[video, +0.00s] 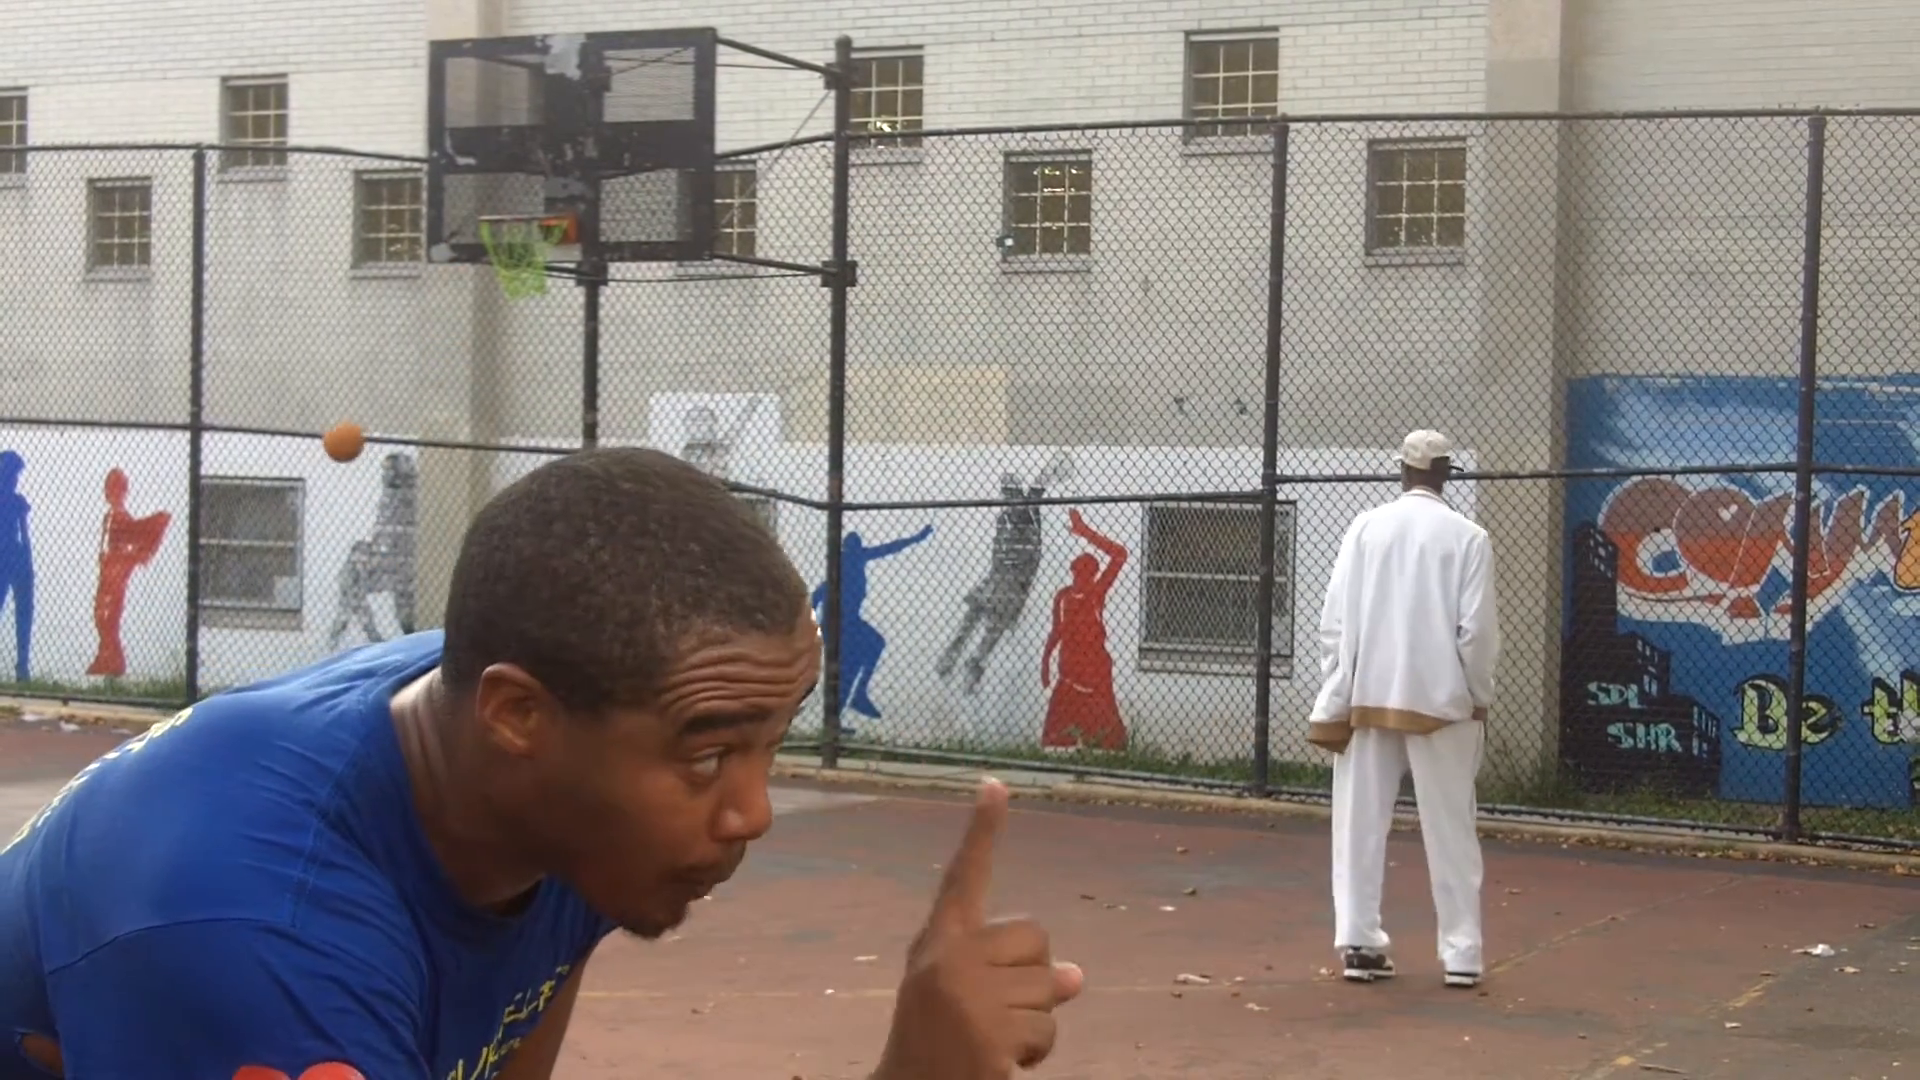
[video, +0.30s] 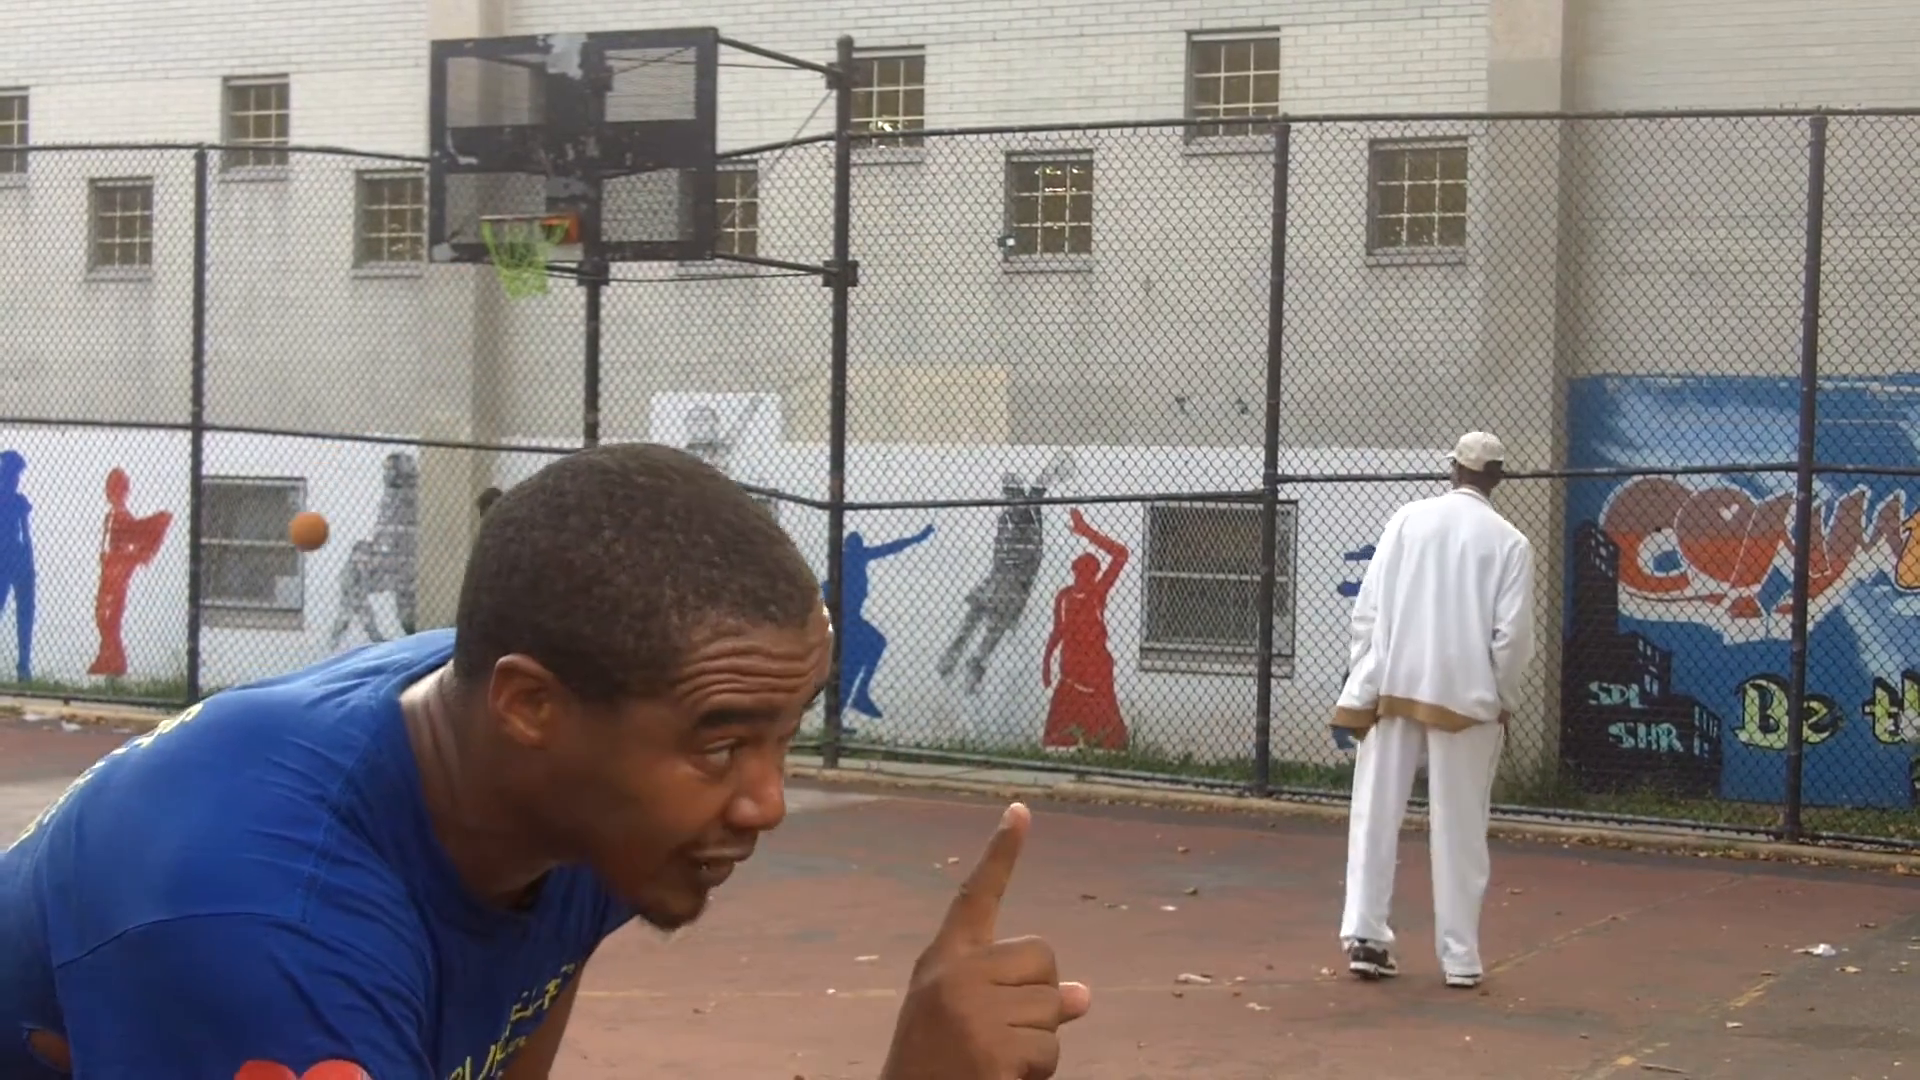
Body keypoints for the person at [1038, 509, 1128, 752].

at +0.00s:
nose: (1082, 577)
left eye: (1087, 572)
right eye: (1078, 571)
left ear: (1094, 574)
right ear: (1072, 571)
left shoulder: (1098, 591)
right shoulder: (1063, 596)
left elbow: (1119, 555)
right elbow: (1057, 630)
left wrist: (1085, 532)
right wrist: (1045, 660)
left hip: (1095, 658)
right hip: (1070, 658)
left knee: (1099, 706)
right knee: (1064, 706)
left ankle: (1109, 747)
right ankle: (1057, 747)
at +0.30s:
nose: (1084, 576)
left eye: (1089, 571)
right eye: (1080, 571)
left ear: (1095, 574)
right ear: (1074, 571)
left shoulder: (1099, 591)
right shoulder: (1064, 595)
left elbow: (1121, 555)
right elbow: (1058, 630)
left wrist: (1087, 531)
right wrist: (1046, 660)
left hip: (1097, 658)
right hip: (1071, 658)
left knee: (1100, 706)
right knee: (1066, 706)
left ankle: (1110, 746)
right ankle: (1059, 745)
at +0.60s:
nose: (1086, 576)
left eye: (1091, 572)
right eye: (1082, 571)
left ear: (1098, 573)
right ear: (1076, 571)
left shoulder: (1102, 590)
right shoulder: (1066, 595)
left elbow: (1123, 554)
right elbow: (1060, 629)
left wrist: (1089, 531)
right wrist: (1049, 660)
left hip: (1099, 656)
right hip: (1074, 657)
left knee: (1103, 703)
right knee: (1069, 704)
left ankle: (1112, 745)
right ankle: (1062, 744)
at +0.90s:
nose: (1088, 576)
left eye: (1093, 571)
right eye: (1084, 571)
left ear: (1100, 573)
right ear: (1078, 571)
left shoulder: (1104, 591)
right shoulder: (1068, 595)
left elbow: (1125, 554)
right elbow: (1062, 629)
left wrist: (1091, 531)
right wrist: (1051, 659)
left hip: (1101, 658)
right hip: (1076, 658)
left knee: (1104, 706)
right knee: (1070, 706)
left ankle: (1114, 746)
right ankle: (1064, 745)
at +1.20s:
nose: (1091, 575)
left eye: (1095, 570)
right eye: (1087, 569)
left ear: (1102, 573)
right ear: (1080, 570)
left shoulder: (1106, 590)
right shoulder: (1071, 594)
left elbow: (1127, 554)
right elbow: (1065, 629)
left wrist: (1093, 531)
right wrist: (1053, 658)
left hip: (1103, 659)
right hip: (1077, 659)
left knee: (1107, 706)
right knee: (1072, 707)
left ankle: (1118, 747)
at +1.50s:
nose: (1094, 575)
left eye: (1098, 570)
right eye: (1091, 570)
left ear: (1104, 572)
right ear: (1083, 570)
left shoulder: (1109, 590)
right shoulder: (1073, 594)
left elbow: (1129, 554)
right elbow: (1067, 629)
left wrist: (1095, 531)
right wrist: (1055, 659)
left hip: (1105, 656)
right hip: (1080, 657)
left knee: (1109, 704)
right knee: (1075, 704)